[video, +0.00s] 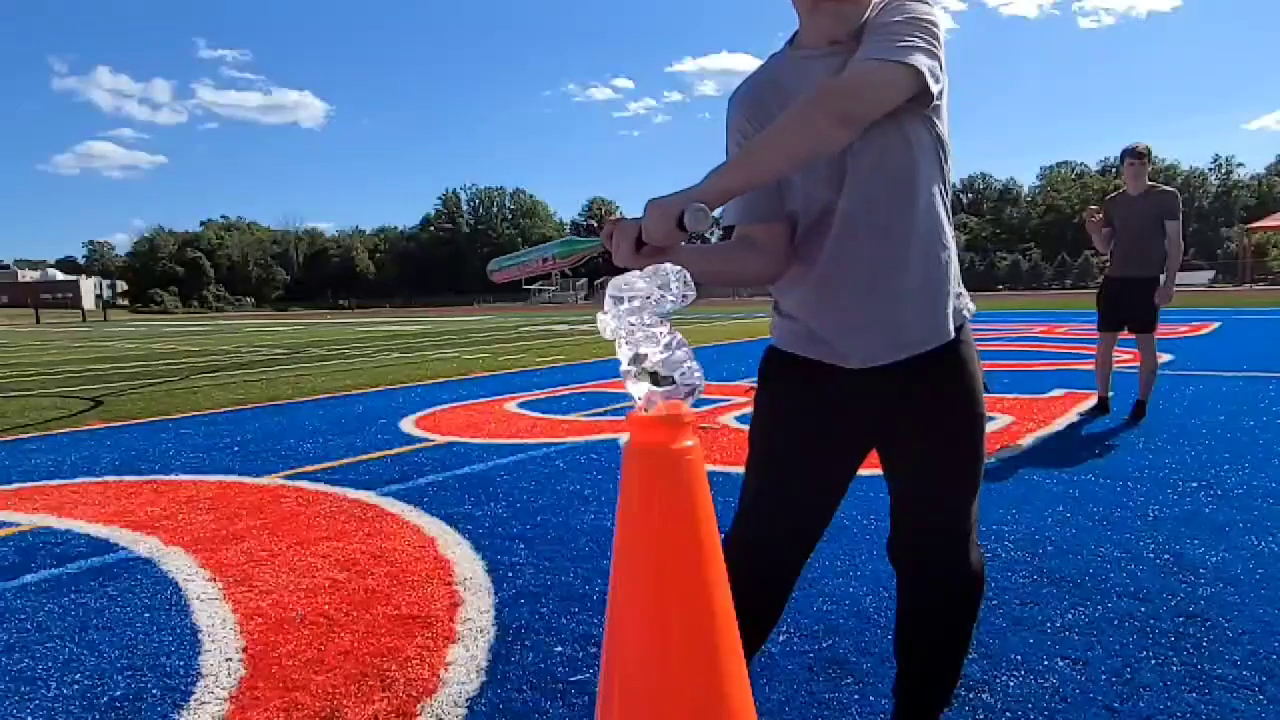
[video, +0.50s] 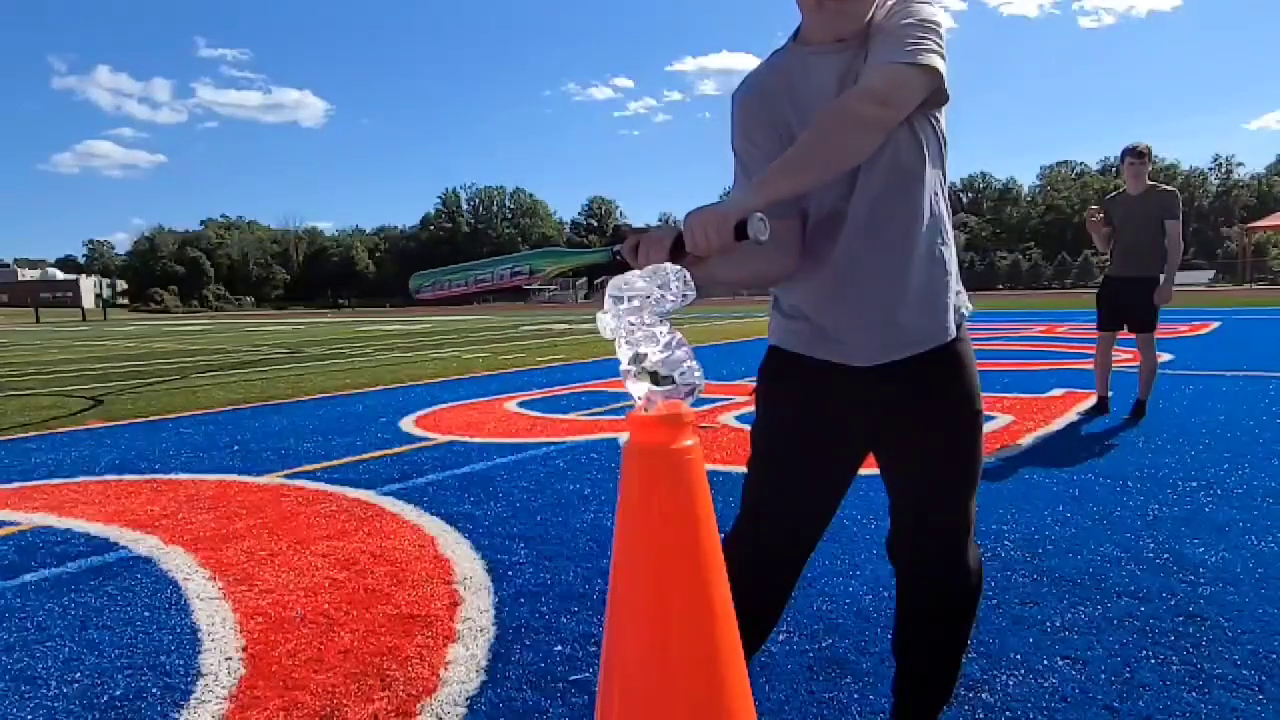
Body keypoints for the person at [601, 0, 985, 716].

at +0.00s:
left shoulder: (908, 21)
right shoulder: (756, 96)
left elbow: (843, 109)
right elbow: (766, 253)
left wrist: (696, 198)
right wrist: (663, 256)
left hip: (930, 358)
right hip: (809, 367)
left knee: (942, 569)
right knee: (753, 571)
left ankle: (919, 711)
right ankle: (687, 700)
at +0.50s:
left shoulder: (911, 17)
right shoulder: (760, 93)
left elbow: (893, 95)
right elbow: (778, 251)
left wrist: (746, 202)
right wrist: (677, 255)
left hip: (928, 355)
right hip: (810, 363)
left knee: (940, 568)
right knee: (756, 568)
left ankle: (917, 712)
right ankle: (686, 698)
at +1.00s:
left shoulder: (910, 21)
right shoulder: (766, 87)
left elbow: (895, 113)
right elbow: (792, 251)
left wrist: (785, 210)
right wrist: (710, 271)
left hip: (927, 355)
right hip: (811, 364)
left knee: (941, 565)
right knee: (759, 565)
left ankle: (918, 707)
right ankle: (687, 696)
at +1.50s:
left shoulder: (918, 22)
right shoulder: (772, 79)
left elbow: (915, 121)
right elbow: (788, 223)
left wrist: (838, 207)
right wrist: (759, 273)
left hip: (924, 357)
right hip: (811, 363)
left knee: (936, 563)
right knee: (764, 554)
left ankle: (913, 711)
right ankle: (682, 694)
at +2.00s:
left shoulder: (919, 21)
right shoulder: (776, 72)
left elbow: (930, 122)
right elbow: (799, 197)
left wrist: (883, 198)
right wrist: (810, 267)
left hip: (921, 354)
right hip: (810, 362)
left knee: (932, 558)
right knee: (767, 547)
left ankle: (911, 711)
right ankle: (685, 689)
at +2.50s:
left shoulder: (922, 23)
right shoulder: (781, 68)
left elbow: (944, 124)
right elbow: (810, 212)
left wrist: (916, 195)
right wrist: (855, 264)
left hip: (920, 357)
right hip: (814, 362)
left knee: (930, 559)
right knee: (765, 551)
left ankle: (908, 712)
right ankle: (684, 693)